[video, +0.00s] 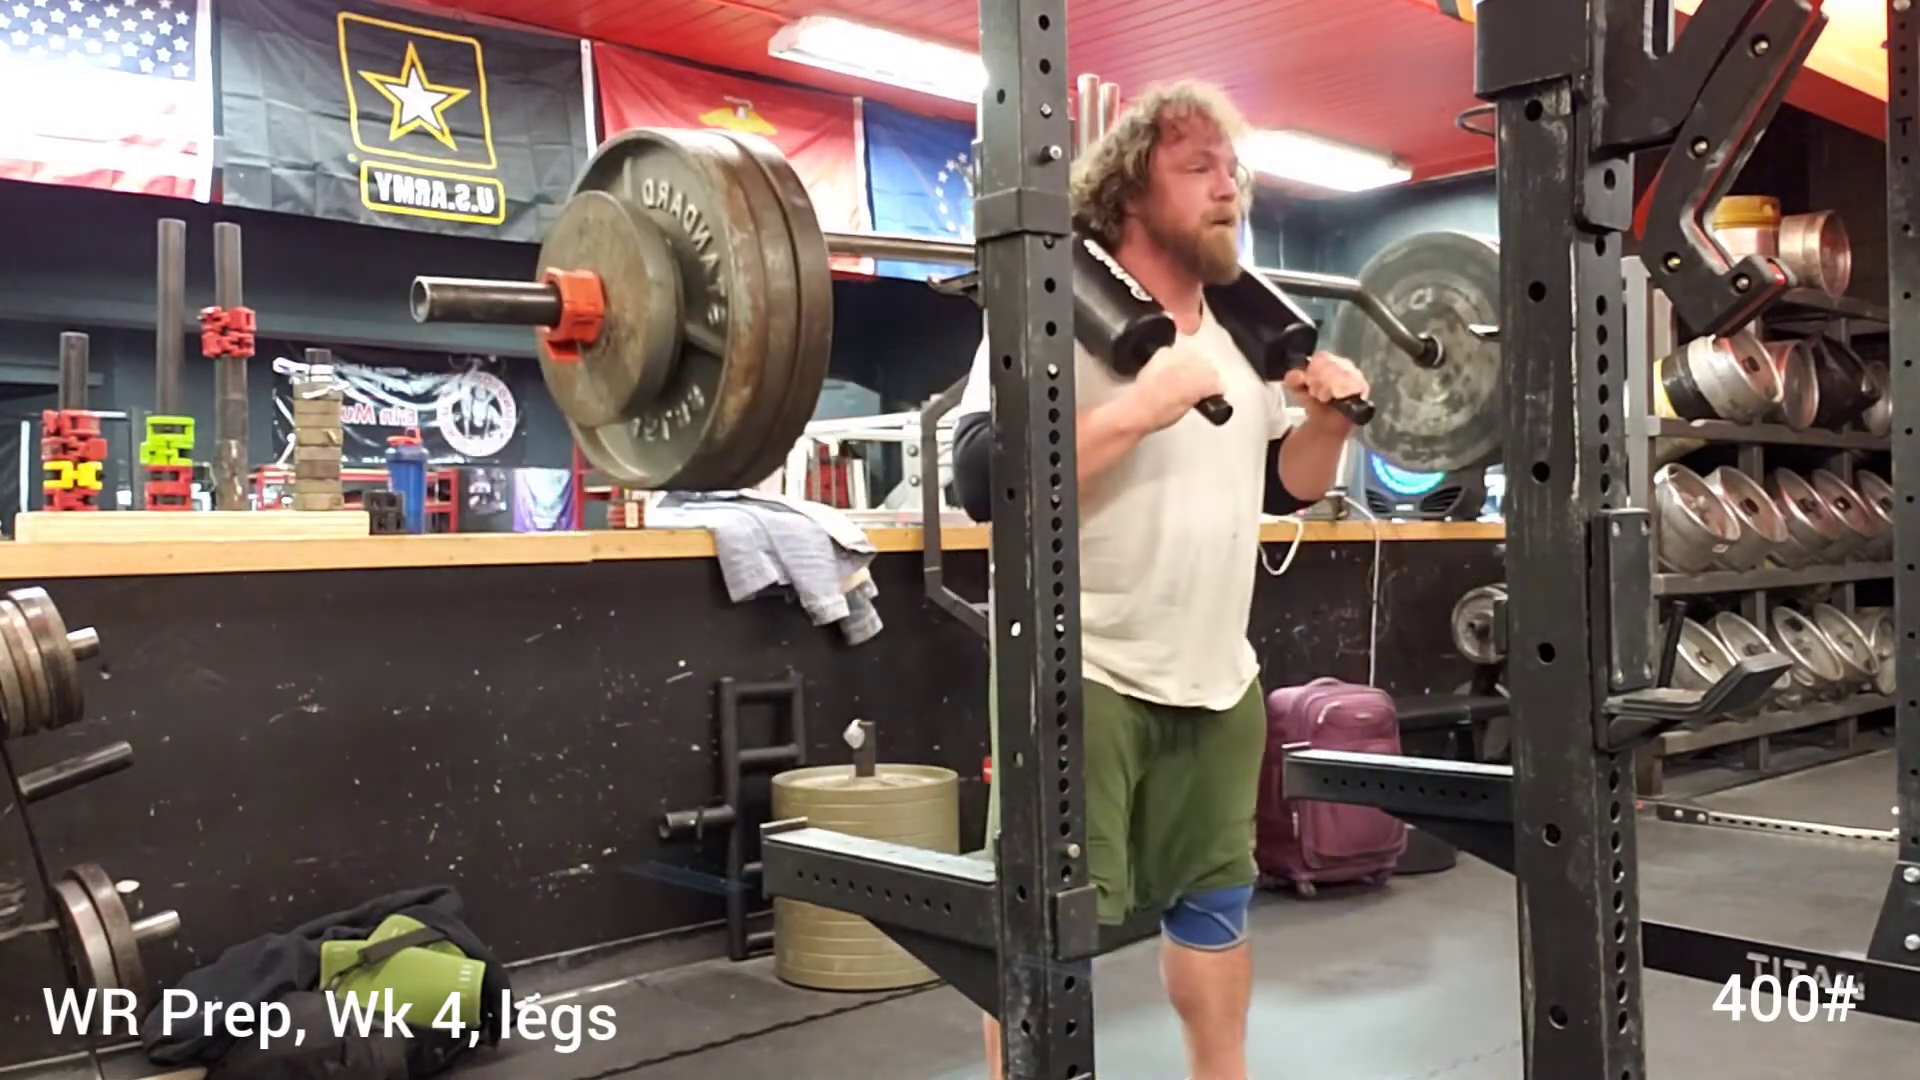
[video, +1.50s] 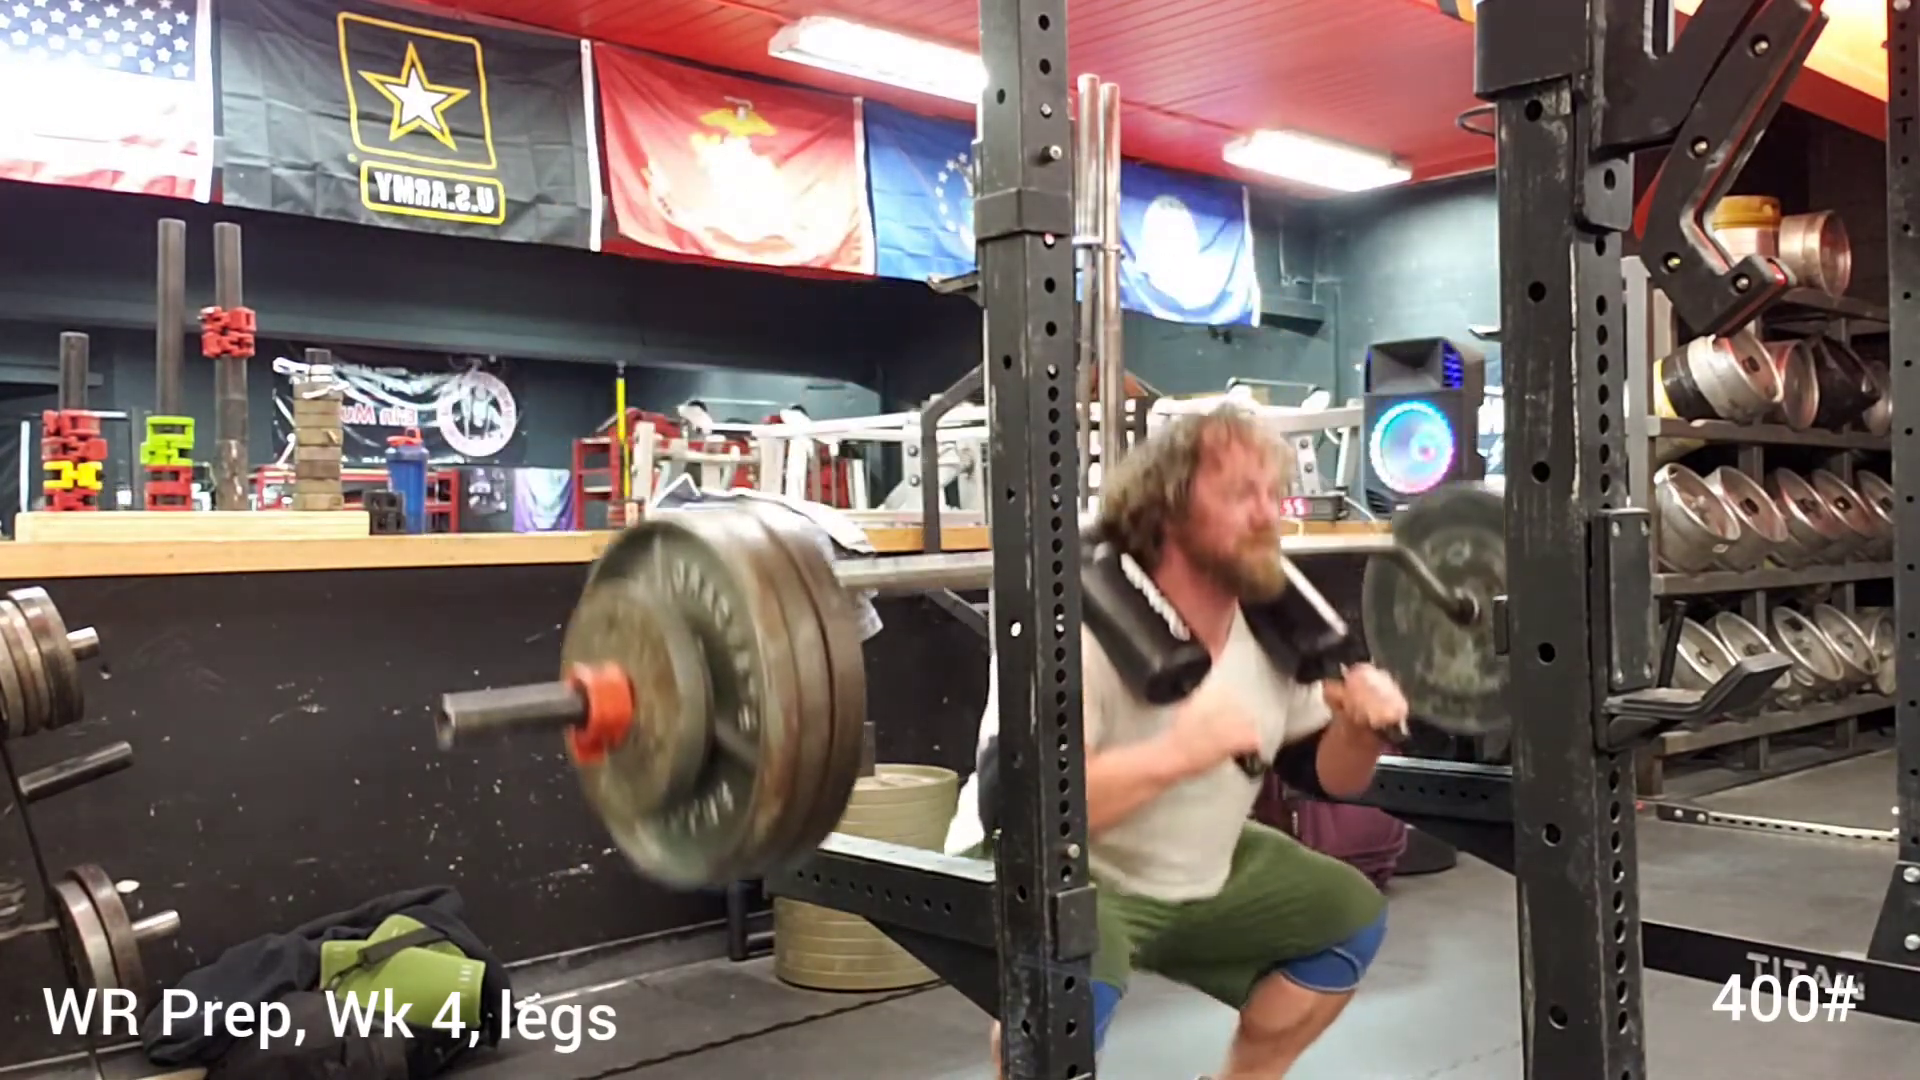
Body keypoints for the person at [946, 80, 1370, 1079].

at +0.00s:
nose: (1228, 187)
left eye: (1232, 168)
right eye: (1200, 168)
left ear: (1240, 185)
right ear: (1133, 187)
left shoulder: (1247, 322)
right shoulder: (1050, 300)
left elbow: (1288, 486)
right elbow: (979, 478)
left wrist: (1328, 416)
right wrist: (1134, 411)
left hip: (1216, 672)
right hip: (1081, 669)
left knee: (1213, 910)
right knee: (1052, 921)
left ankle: (1221, 1074)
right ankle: (1020, 1072)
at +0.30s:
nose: (1238, 183)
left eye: (1240, 162)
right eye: (1208, 160)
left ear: (1243, 182)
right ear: (1139, 184)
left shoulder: (1252, 318)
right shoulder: (1054, 296)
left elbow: (1296, 478)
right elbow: (991, 471)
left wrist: (1336, 404)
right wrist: (1143, 395)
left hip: (1232, 673)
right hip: (1094, 670)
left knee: (1212, 918)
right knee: (1056, 929)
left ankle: (1222, 1073)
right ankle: (1023, 1071)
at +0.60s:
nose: (1241, 183)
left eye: (1243, 162)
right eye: (1211, 160)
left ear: (1246, 180)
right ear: (1143, 186)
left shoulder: (1252, 319)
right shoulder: (1060, 294)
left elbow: (1302, 474)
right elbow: (995, 463)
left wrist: (1340, 398)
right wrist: (1142, 389)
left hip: (1229, 677)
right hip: (1094, 676)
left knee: (1211, 923)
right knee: (1055, 933)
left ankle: (1221, 1074)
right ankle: (1026, 1072)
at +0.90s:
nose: (1240, 257)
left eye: (1244, 240)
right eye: (1213, 239)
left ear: (1254, 259)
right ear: (1147, 264)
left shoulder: (1263, 382)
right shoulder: (1066, 372)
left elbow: (1319, 555)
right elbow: (1020, 553)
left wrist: (1345, 487)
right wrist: (1168, 475)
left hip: (1203, 718)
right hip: (1065, 719)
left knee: (1284, 894)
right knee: (1047, 955)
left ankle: (1234, 1073)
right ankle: (1022, 1076)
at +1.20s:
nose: (1255, 392)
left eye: (1259, 372)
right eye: (1229, 373)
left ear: (1268, 379)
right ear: (1161, 393)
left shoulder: (1266, 498)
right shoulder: (1072, 499)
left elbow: (1325, 674)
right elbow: (1019, 688)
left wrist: (1351, 612)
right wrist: (1165, 627)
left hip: (1192, 779)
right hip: (1051, 786)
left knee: (1317, 906)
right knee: (1072, 962)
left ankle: (1239, 1074)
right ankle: (1018, 1068)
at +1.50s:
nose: (1266, 513)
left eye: (1273, 493)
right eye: (1240, 493)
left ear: (1284, 498)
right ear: (1169, 504)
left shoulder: (1273, 605)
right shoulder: (1076, 614)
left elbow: (1334, 778)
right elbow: (1017, 803)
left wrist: (1360, 723)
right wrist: (1174, 753)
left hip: (1209, 858)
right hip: (1078, 870)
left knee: (1347, 915)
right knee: (1080, 977)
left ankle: (1245, 1074)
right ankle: (1026, 1070)